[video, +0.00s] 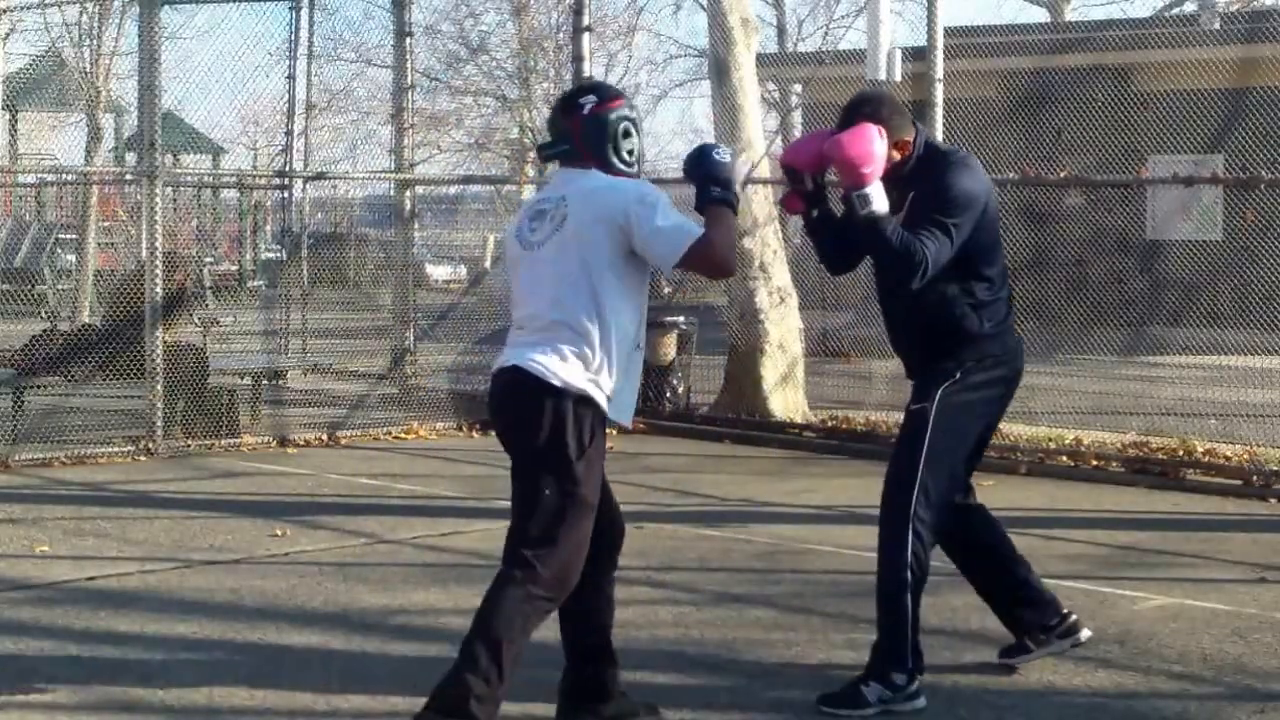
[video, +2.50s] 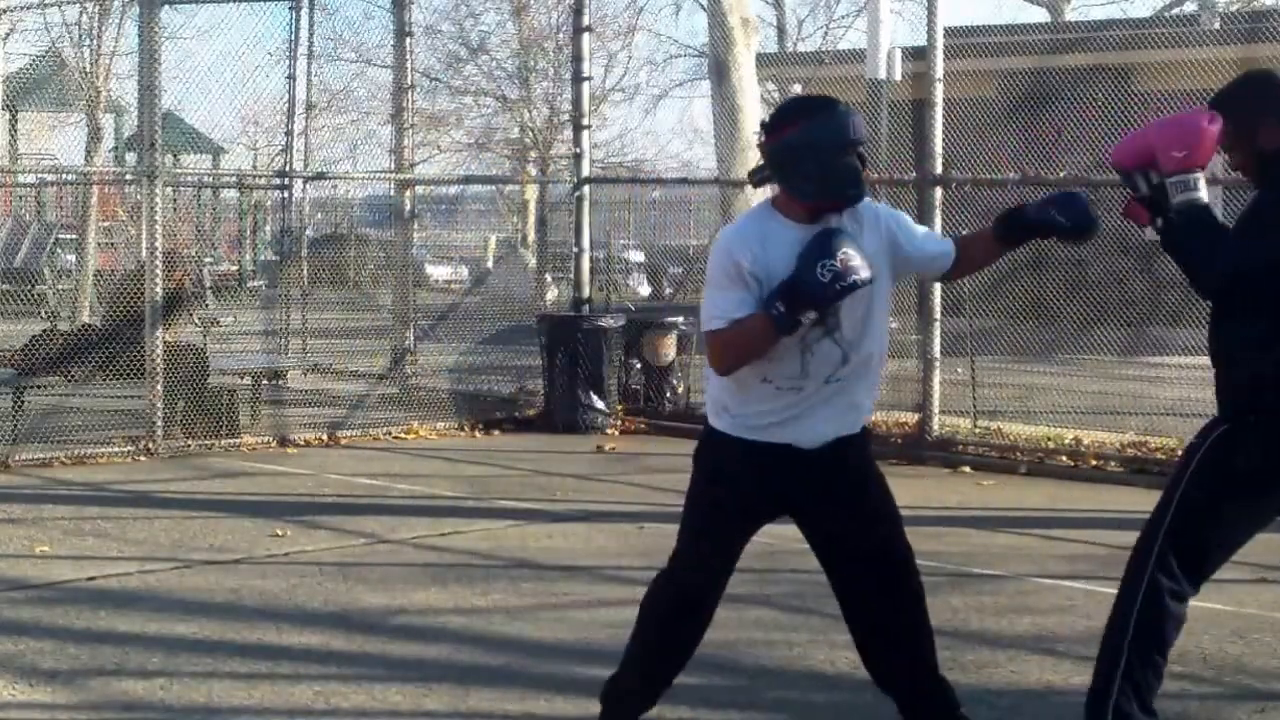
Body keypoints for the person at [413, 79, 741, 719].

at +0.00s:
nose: (635, 145)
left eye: (632, 134)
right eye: (630, 134)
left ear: (561, 142)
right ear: (617, 138)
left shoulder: (532, 211)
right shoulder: (624, 195)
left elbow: (534, 306)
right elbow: (718, 258)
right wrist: (718, 193)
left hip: (514, 386)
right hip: (567, 394)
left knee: (599, 533)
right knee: (546, 559)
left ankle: (591, 695)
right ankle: (459, 705)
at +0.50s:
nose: (613, 136)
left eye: (610, 123)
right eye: (604, 125)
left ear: (543, 138)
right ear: (593, 133)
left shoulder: (513, 212)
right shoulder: (599, 192)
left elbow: (533, 301)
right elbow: (669, 287)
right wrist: (682, 207)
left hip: (510, 385)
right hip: (545, 389)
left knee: (589, 536)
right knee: (544, 572)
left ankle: (586, 696)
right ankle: (461, 710)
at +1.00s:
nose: (538, 180)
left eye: (538, 167)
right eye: (528, 167)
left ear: (495, 164)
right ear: (489, 164)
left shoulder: (498, 227)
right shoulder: (423, 226)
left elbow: (483, 345)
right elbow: (427, 343)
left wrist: (550, 373)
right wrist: (517, 301)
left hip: (480, 422)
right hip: (410, 430)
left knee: (556, 548)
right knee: (419, 587)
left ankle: (567, 696)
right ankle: (368, 712)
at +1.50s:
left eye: (582, 106)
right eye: (574, 107)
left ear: (513, 112)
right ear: (558, 117)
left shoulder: (550, 194)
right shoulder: (485, 187)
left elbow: (568, 302)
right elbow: (500, 299)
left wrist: (622, 259)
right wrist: (576, 245)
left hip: (540, 407)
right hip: (483, 405)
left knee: (546, 555)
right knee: (491, 564)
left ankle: (519, 701)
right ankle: (448, 708)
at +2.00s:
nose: (685, 176)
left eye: (689, 163)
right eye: (673, 159)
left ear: (656, 151)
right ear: (649, 154)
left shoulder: (685, 208)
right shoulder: (605, 221)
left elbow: (676, 305)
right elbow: (633, 333)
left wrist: (735, 297)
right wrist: (695, 259)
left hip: (693, 435)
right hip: (621, 445)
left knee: (746, 585)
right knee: (574, 604)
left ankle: (789, 711)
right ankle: (495, 714)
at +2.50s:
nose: (852, 177)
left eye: (852, 163)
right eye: (837, 165)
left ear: (848, 165)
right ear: (795, 169)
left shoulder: (876, 226)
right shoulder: (740, 243)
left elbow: (952, 256)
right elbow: (722, 354)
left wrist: (1017, 226)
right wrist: (795, 302)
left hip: (838, 454)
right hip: (740, 456)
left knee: (891, 595)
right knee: (688, 588)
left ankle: (930, 706)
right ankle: (624, 704)